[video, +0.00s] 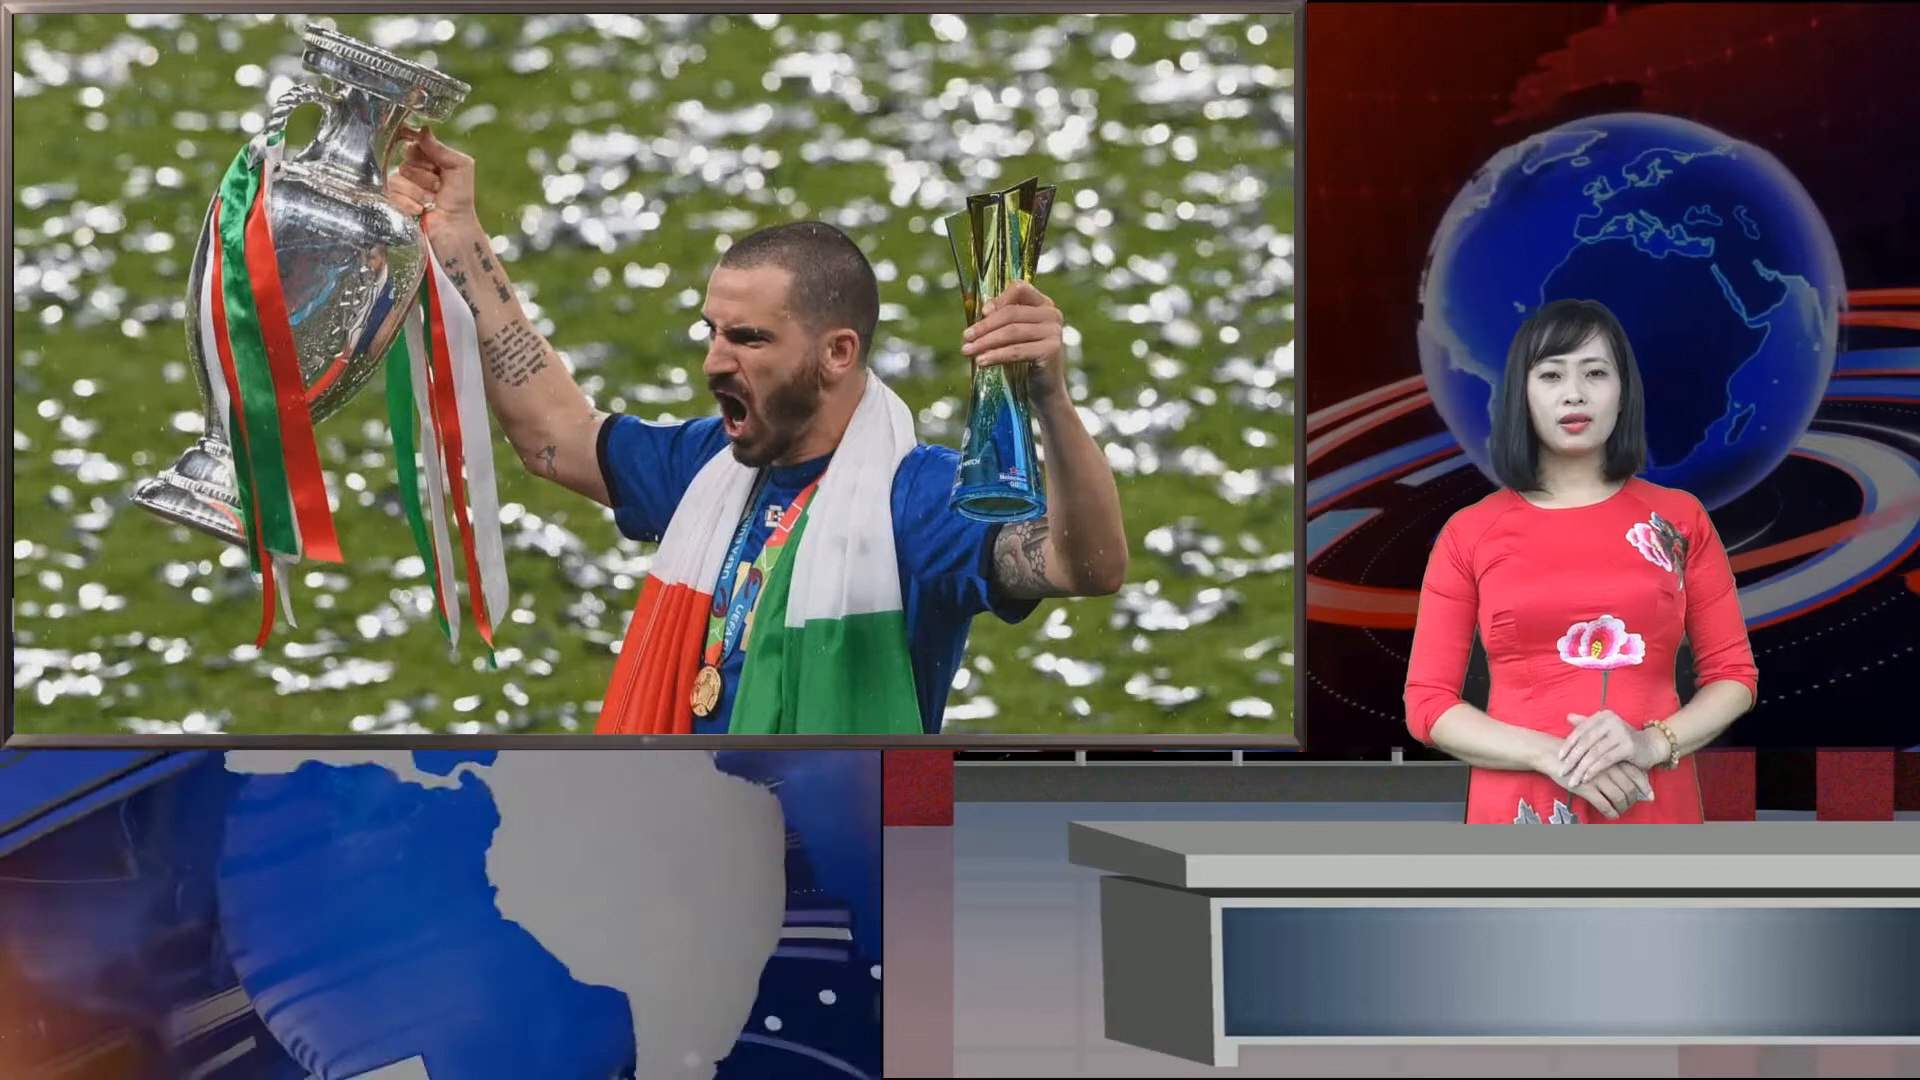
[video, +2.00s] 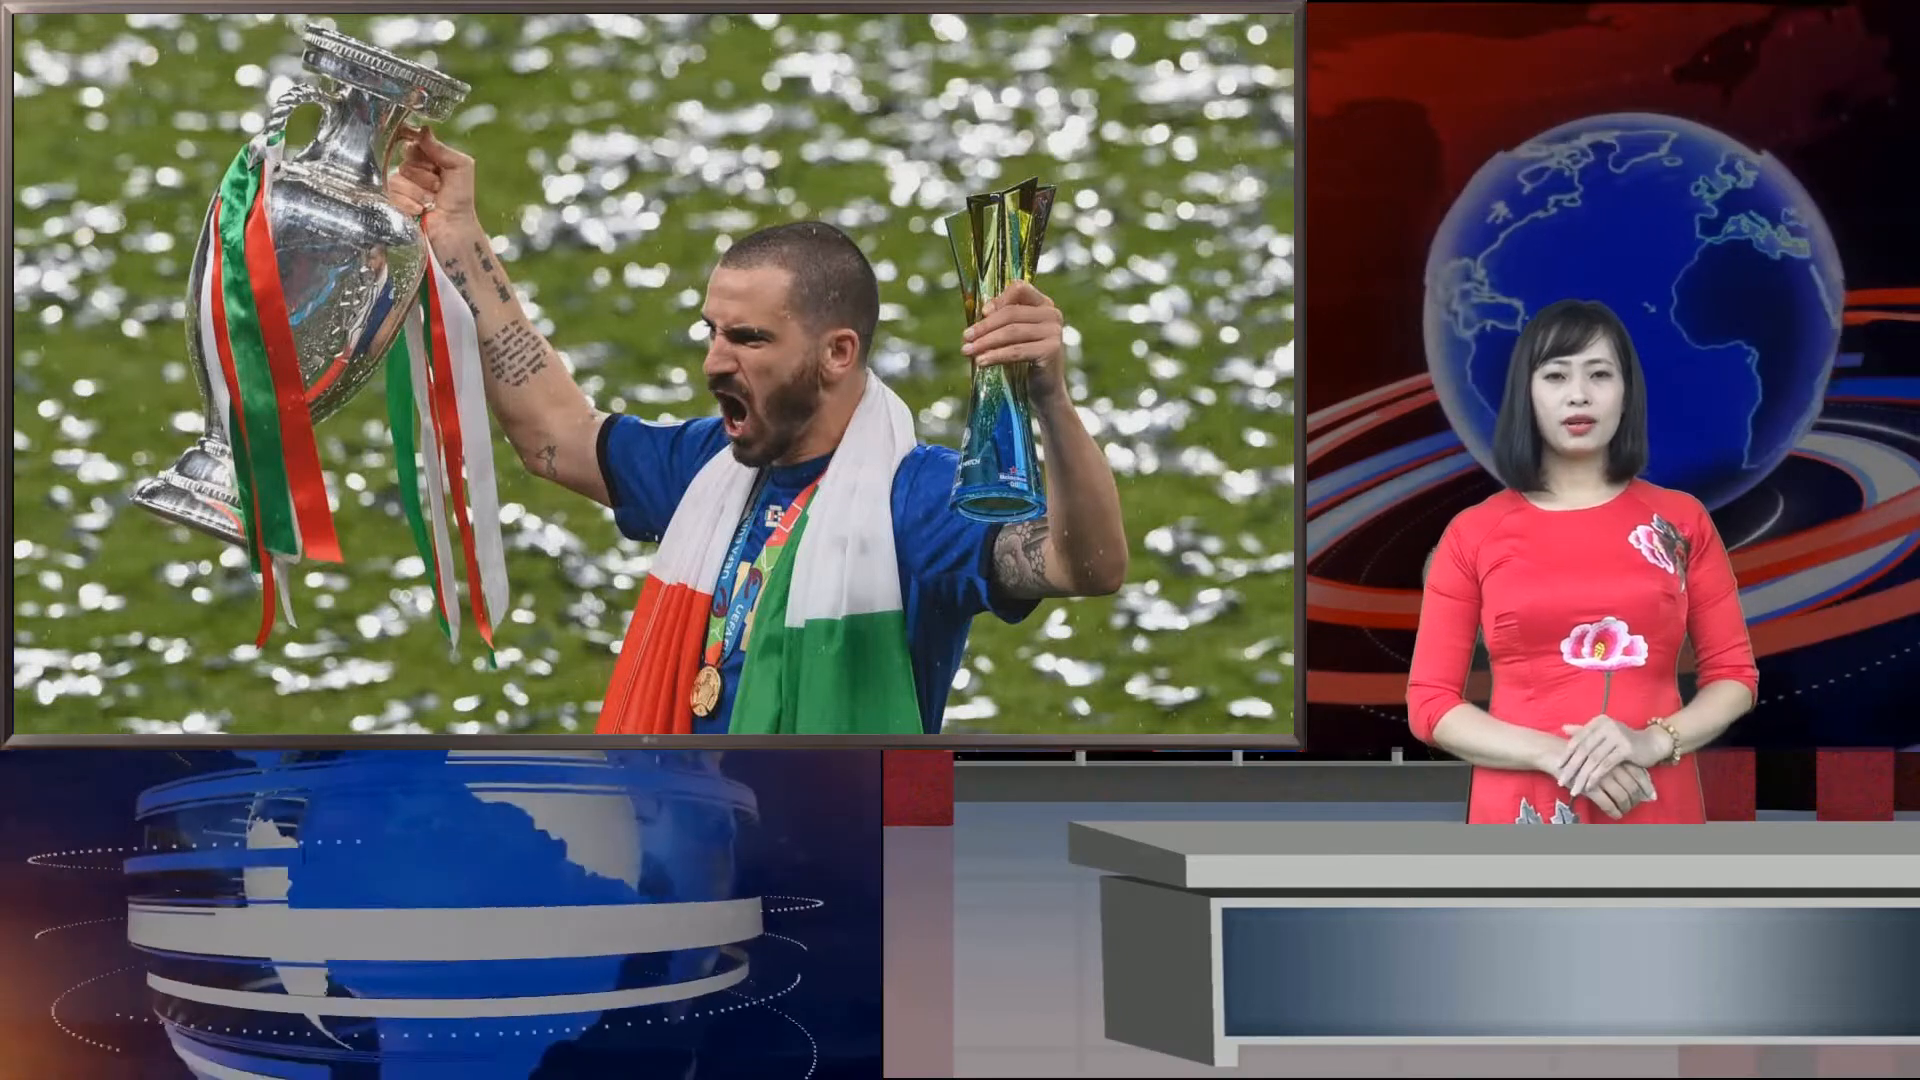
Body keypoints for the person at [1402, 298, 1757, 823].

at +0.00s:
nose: (1574, 393)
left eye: (1595, 373)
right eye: (1551, 375)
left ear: (1623, 391)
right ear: (1522, 393)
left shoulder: (1678, 519)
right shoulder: (1471, 534)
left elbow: (1733, 678)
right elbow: (1428, 704)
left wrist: (1651, 742)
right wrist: (1552, 753)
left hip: (1657, 825)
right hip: (1517, 825)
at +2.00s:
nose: (1578, 394)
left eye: (1599, 375)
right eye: (1556, 375)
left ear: (1626, 393)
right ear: (1527, 393)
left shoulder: (1680, 521)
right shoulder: (1474, 535)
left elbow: (1734, 679)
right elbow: (1430, 704)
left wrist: (1653, 740)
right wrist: (1557, 752)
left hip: (1659, 823)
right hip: (1519, 825)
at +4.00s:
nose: (1581, 392)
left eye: (1602, 372)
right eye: (1559, 374)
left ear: (1629, 391)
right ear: (1531, 393)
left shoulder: (1685, 521)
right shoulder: (1479, 534)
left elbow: (1740, 679)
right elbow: (1433, 701)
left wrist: (1650, 717)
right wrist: (1555, 752)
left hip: (1662, 822)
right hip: (1523, 822)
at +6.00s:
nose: (1580, 394)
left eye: (1601, 375)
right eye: (1558, 376)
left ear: (1629, 391)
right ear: (1530, 394)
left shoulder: (1685, 522)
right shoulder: (1479, 533)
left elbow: (1737, 680)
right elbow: (1432, 701)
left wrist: (1650, 728)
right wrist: (1566, 752)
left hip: (1661, 823)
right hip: (1521, 824)